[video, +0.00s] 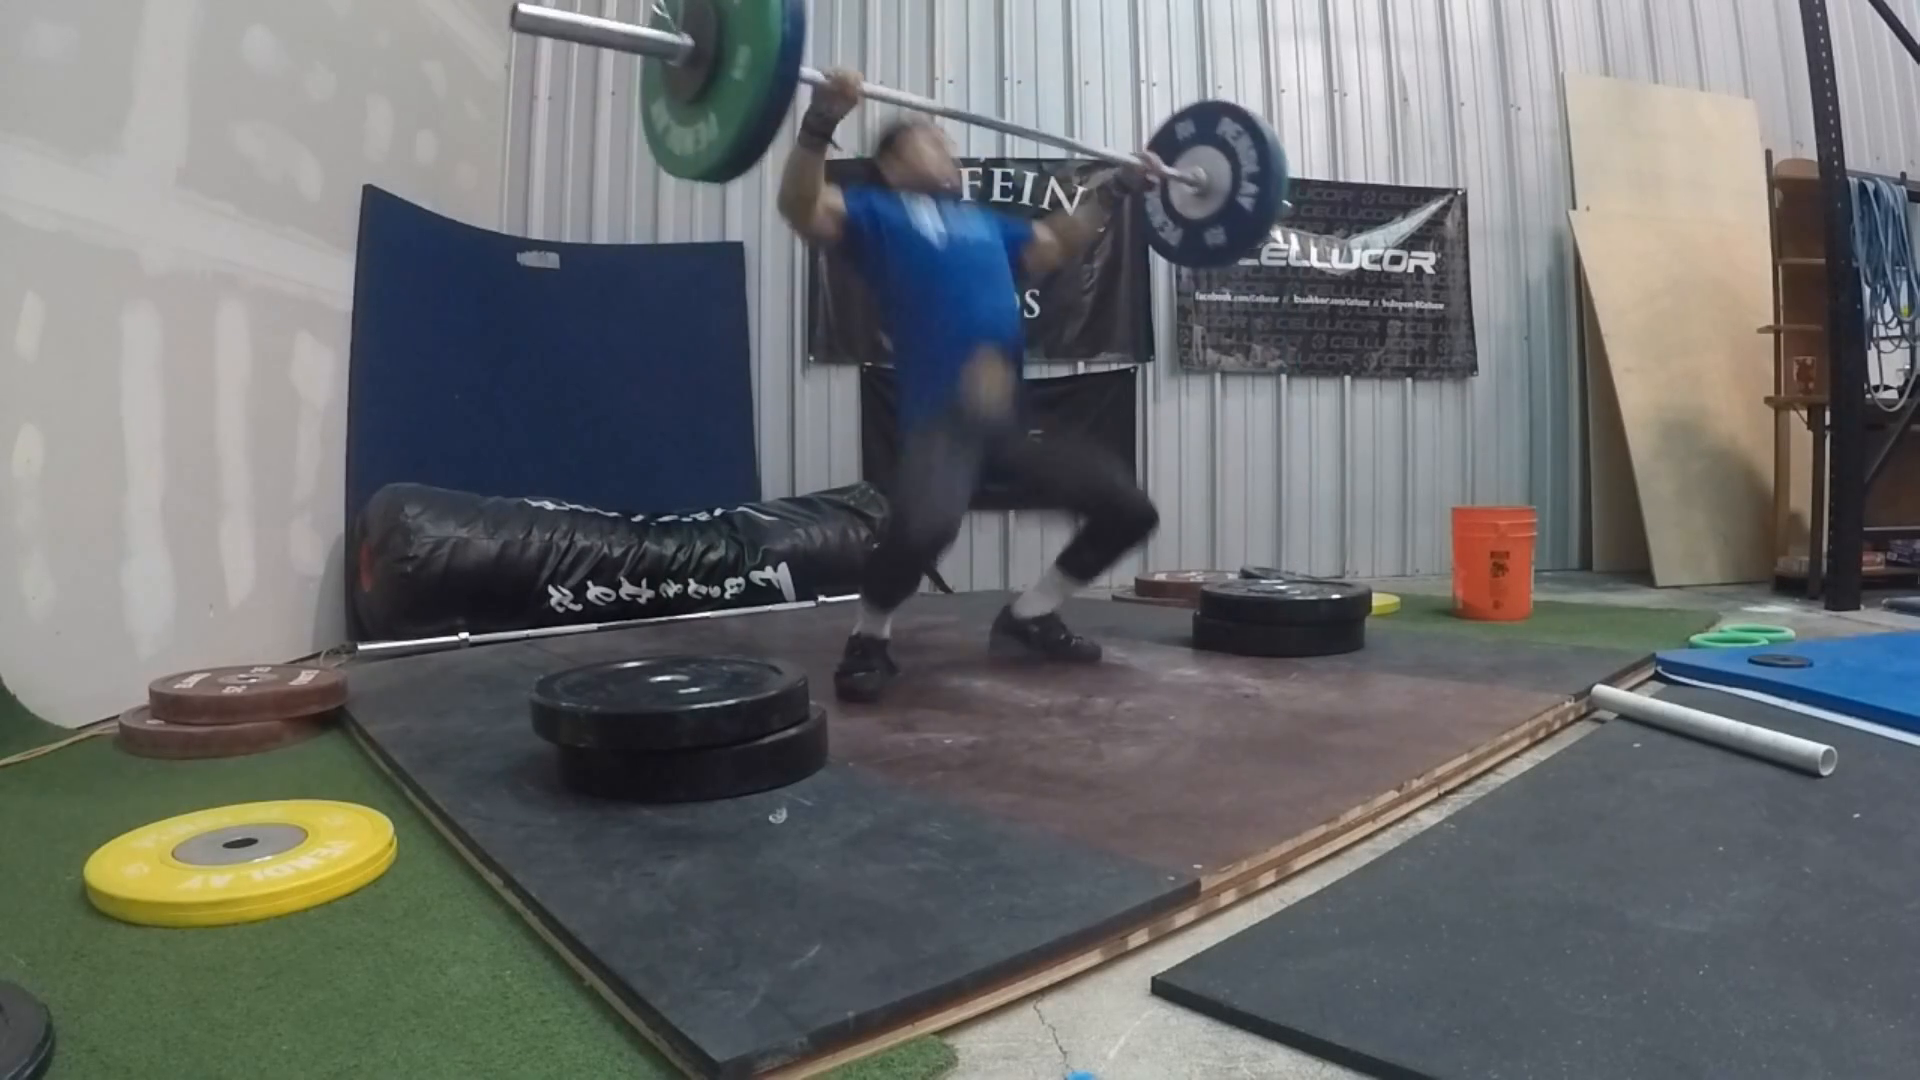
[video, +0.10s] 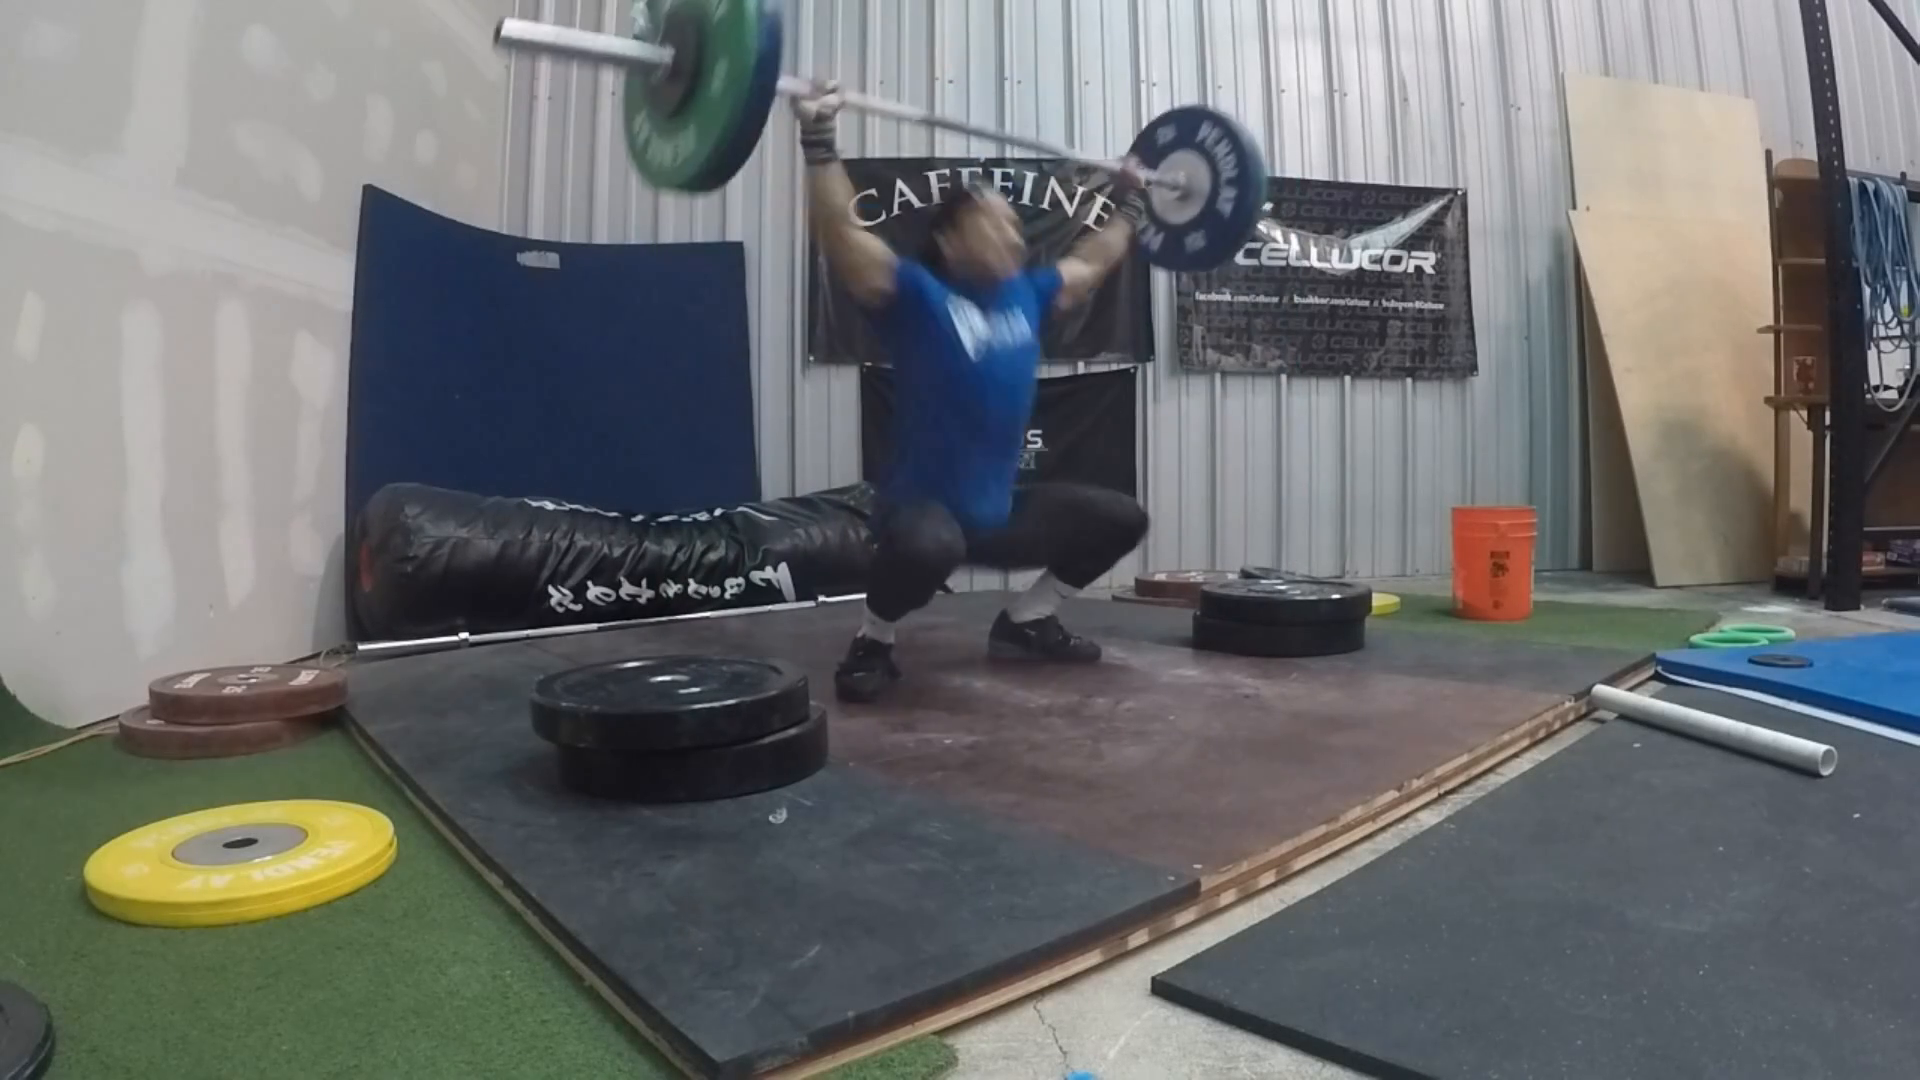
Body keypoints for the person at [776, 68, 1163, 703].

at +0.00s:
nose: (951, 152)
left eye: (948, 143)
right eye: (932, 142)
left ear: (949, 161)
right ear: (894, 161)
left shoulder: (984, 223)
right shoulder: (877, 211)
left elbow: (1049, 249)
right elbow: (799, 206)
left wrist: (1113, 190)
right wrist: (820, 123)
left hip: (1009, 427)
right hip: (937, 430)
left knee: (1129, 512)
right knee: (924, 528)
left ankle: (1030, 613)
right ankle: (869, 638)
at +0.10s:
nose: (1011, 232)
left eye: (1010, 221)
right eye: (992, 221)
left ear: (1016, 234)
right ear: (950, 243)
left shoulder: (1025, 295)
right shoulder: (916, 296)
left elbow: (1091, 261)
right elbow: (842, 233)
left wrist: (1132, 205)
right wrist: (818, 137)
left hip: (1002, 513)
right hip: (924, 512)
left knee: (1120, 518)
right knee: (928, 545)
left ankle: (1027, 618)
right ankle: (874, 641)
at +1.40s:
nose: (1027, 169)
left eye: (1030, 158)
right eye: (1010, 156)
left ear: (1030, 170)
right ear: (964, 167)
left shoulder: (1028, 218)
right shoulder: (914, 213)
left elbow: (1073, 172)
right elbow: (845, 141)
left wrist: (1103, 128)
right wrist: (788, 47)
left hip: (967, 422)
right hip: (881, 418)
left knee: (1069, 483)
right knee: (922, 495)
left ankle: (1021, 622)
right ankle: (865, 639)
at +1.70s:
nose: (1010, 82)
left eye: (1016, 72)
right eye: (993, 69)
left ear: (1019, 90)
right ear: (947, 83)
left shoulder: (1019, 144)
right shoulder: (906, 132)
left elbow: (1068, 97)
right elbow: (834, 50)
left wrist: (1093, 58)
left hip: (962, 366)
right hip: (882, 358)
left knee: (1049, 469)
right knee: (897, 477)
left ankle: (1020, 620)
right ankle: (863, 637)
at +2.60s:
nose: (929, 57)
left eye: (935, 47)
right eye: (916, 44)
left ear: (940, 55)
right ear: (875, 49)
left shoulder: (950, 115)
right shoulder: (840, 107)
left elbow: (1006, 78)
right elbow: (770, 34)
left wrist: (1043, 28)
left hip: (955, 324)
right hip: (877, 324)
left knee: (978, 456)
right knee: (873, 457)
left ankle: (991, 622)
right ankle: (816, 609)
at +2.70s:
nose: (889, 84)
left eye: (895, 74)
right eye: (876, 72)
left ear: (899, 79)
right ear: (838, 77)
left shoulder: (917, 141)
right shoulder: (804, 134)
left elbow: (985, 110)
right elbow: (727, 70)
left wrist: (1027, 59)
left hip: (920, 340)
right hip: (846, 339)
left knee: (952, 462)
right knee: (853, 470)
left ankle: (989, 622)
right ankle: (770, 598)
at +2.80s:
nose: (851, 105)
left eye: (858, 96)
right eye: (838, 93)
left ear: (862, 108)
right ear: (800, 101)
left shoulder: (873, 171)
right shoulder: (767, 156)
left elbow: (947, 164)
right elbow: (688, 140)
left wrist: (1005, 124)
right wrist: (697, 60)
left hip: (875, 356)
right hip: (801, 355)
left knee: (918, 470)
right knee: (809, 484)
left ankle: (981, 617)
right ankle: (754, 610)